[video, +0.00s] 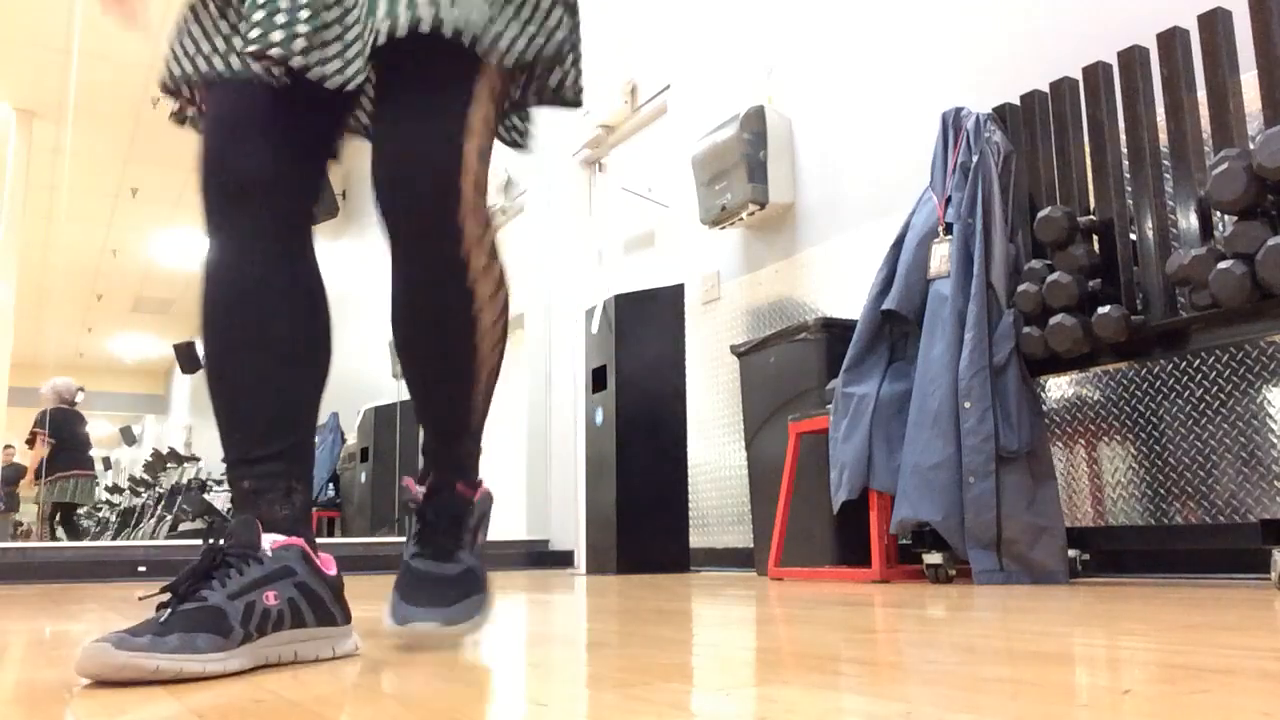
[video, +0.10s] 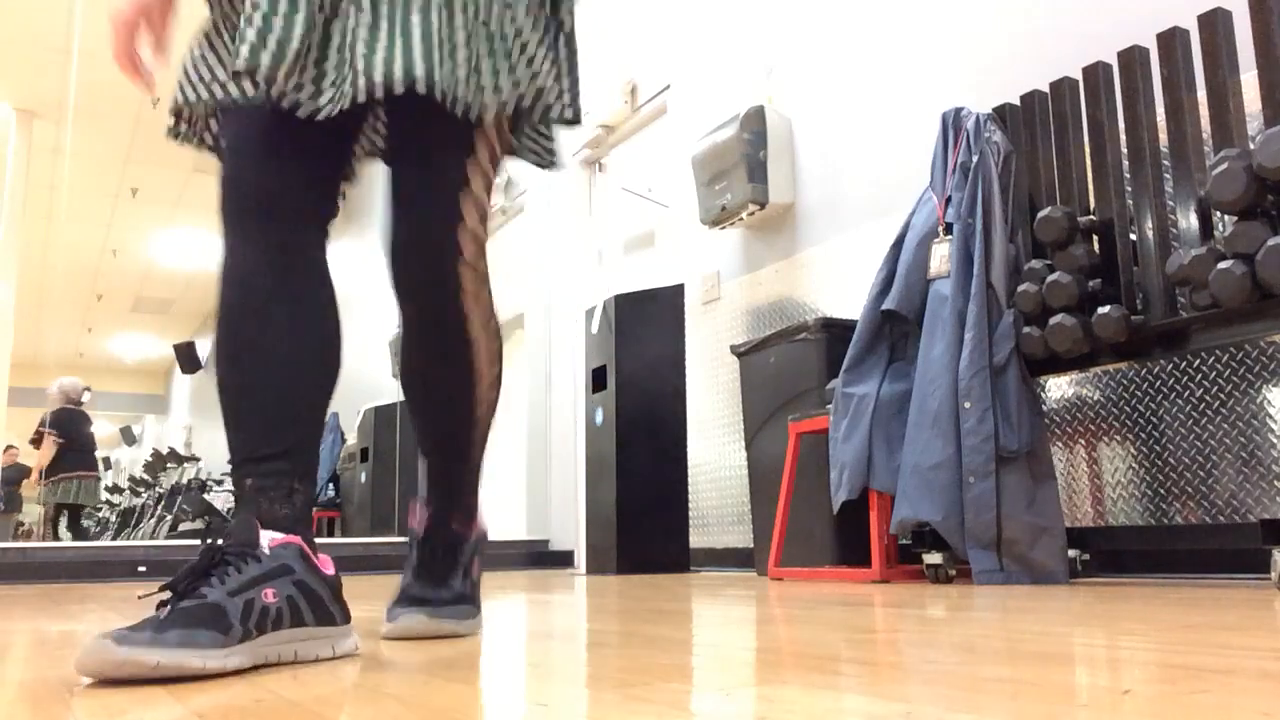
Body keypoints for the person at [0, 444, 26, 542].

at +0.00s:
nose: (7, 457)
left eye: (10, 455)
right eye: (6, 454)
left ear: (14, 456)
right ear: (2, 454)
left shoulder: (17, 468)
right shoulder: (3, 468)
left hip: (8, 505)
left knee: (4, 534)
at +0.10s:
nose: (13, 458)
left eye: (16, 456)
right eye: (11, 455)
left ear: (18, 456)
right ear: (4, 455)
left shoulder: (19, 468)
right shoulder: (2, 468)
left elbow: (34, 472)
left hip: (10, 505)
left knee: (5, 535)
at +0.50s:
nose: (27, 460)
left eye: (28, 457)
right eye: (25, 457)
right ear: (16, 455)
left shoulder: (28, 469)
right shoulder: (4, 465)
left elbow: (38, 477)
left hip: (18, 506)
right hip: (3, 504)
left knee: (16, 532)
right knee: (4, 531)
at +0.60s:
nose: (28, 460)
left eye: (29, 457)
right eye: (27, 457)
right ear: (18, 455)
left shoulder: (29, 469)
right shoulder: (4, 465)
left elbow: (38, 478)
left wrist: (29, 466)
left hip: (21, 508)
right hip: (5, 506)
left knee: (18, 534)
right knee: (7, 533)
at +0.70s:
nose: (30, 460)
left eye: (31, 457)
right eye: (29, 456)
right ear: (20, 454)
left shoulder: (30, 468)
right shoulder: (6, 465)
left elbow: (33, 478)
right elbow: (4, 481)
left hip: (24, 509)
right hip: (9, 509)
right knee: (10, 537)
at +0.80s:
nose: (31, 460)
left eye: (32, 457)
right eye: (30, 456)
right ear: (21, 454)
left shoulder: (31, 467)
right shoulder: (7, 465)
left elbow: (30, 487)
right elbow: (7, 486)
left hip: (25, 509)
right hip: (12, 509)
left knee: (21, 539)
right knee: (12, 539)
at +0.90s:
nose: (34, 460)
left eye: (35, 457)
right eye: (33, 457)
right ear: (23, 455)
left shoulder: (31, 467)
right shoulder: (8, 466)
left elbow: (34, 480)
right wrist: (32, 478)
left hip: (28, 508)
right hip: (15, 508)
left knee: (24, 538)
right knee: (13, 539)